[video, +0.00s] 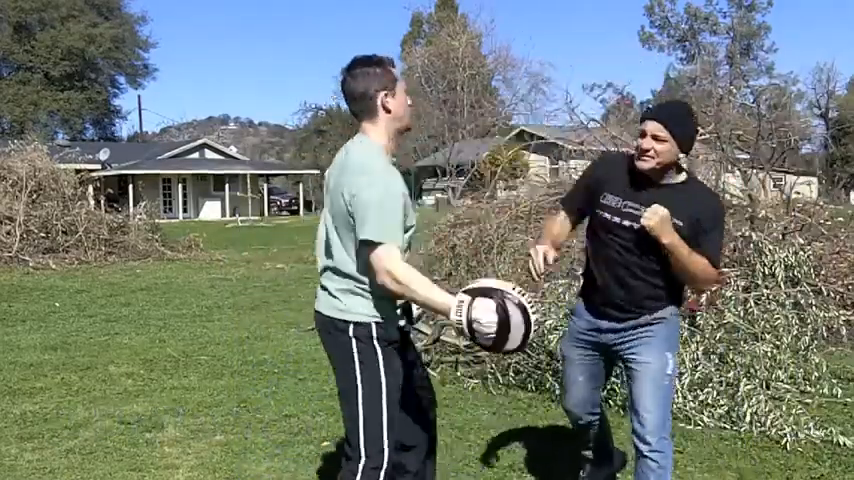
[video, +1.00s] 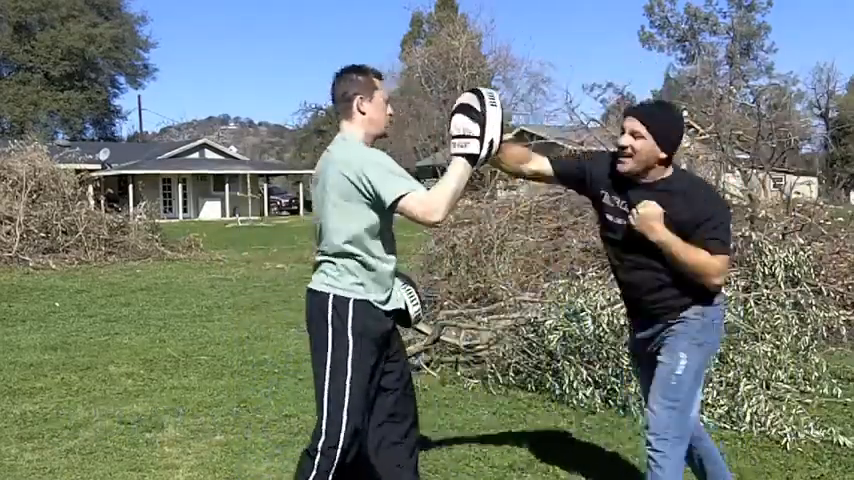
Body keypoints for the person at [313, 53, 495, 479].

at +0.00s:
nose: (411, 101)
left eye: (407, 91)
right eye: (405, 92)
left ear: (372, 106)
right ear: (386, 103)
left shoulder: (357, 157)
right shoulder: (374, 172)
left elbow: (346, 246)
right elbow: (386, 270)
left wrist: (404, 295)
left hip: (376, 316)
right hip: (359, 320)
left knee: (416, 427)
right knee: (375, 452)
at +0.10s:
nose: (425, 110)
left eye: (422, 101)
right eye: (419, 101)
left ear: (390, 111)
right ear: (400, 109)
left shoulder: (370, 162)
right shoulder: (384, 174)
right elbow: (377, 261)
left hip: (367, 315)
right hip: (357, 321)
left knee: (409, 433)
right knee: (370, 453)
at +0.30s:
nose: (436, 127)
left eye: (434, 119)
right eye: (433, 119)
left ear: (387, 129)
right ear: (421, 121)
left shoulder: (354, 182)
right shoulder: (419, 162)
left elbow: (313, 236)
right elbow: (452, 181)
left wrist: (352, 278)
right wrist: (506, 168)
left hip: (348, 307)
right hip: (385, 309)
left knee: (404, 430)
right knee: (376, 442)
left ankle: (410, 472)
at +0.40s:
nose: (436, 135)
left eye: (433, 128)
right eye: (433, 128)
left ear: (387, 136)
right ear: (423, 131)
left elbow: (314, 245)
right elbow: (526, 168)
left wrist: (356, 285)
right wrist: (594, 147)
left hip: (343, 304)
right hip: (389, 304)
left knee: (398, 420)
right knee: (367, 432)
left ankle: (409, 475)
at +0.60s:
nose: (436, 133)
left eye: (433, 123)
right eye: (432, 123)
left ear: (393, 129)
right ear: (415, 125)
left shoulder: (356, 182)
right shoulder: (419, 167)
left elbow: (326, 249)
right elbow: (477, 209)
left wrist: (372, 279)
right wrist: (541, 182)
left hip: (345, 299)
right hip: (381, 300)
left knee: (405, 425)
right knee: (387, 438)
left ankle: (414, 473)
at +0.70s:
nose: (425, 125)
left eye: (425, 116)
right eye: (422, 116)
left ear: (383, 117)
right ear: (403, 115)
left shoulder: (355, 170)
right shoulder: (399, 165)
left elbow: (333, 243)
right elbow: (455, 218)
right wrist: (498, 170)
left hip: (366, 302)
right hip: (368, 302)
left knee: (407, 429)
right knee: (368, 437)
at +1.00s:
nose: (390, 111)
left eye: (389, 102)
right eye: (385, 101)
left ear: (354, 106)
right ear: (360, 104)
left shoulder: (337, 157)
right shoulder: (362, 159)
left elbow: (346, 235)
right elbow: (431, 210)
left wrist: (387, 281)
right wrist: (466, 154)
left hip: (369, 302)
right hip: (345, 302)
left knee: (393, 423)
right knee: (340, 428)